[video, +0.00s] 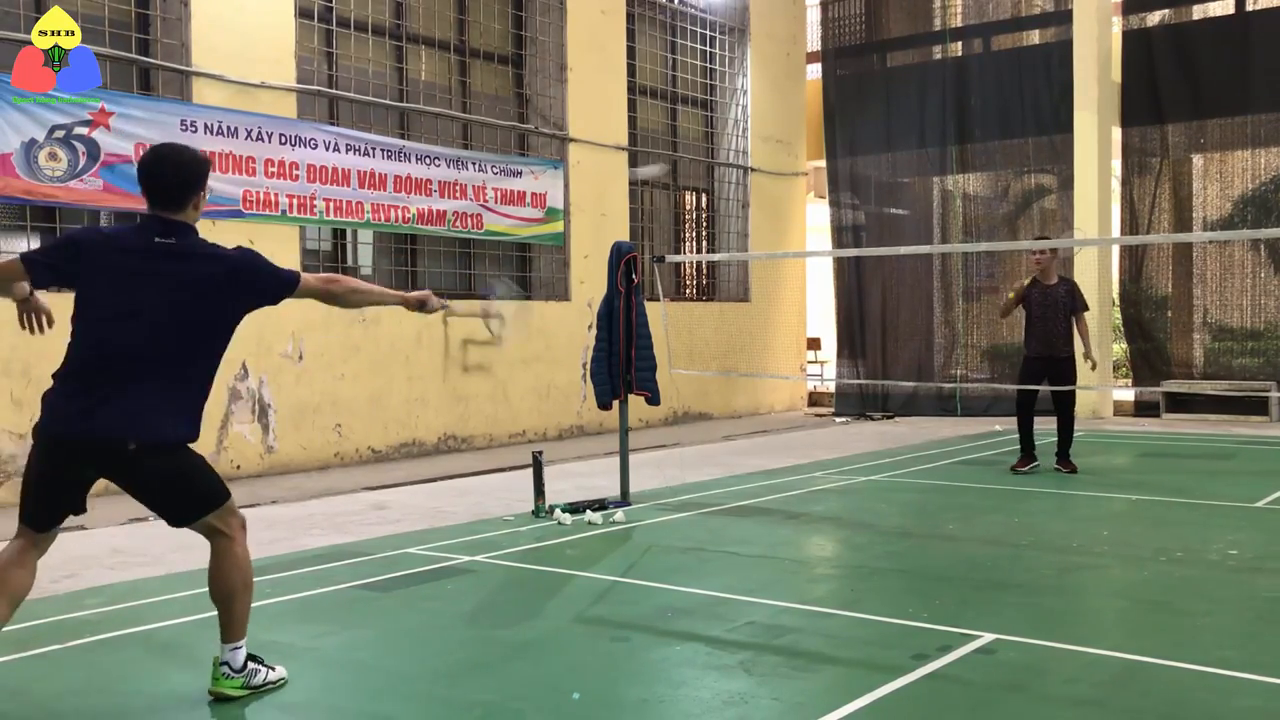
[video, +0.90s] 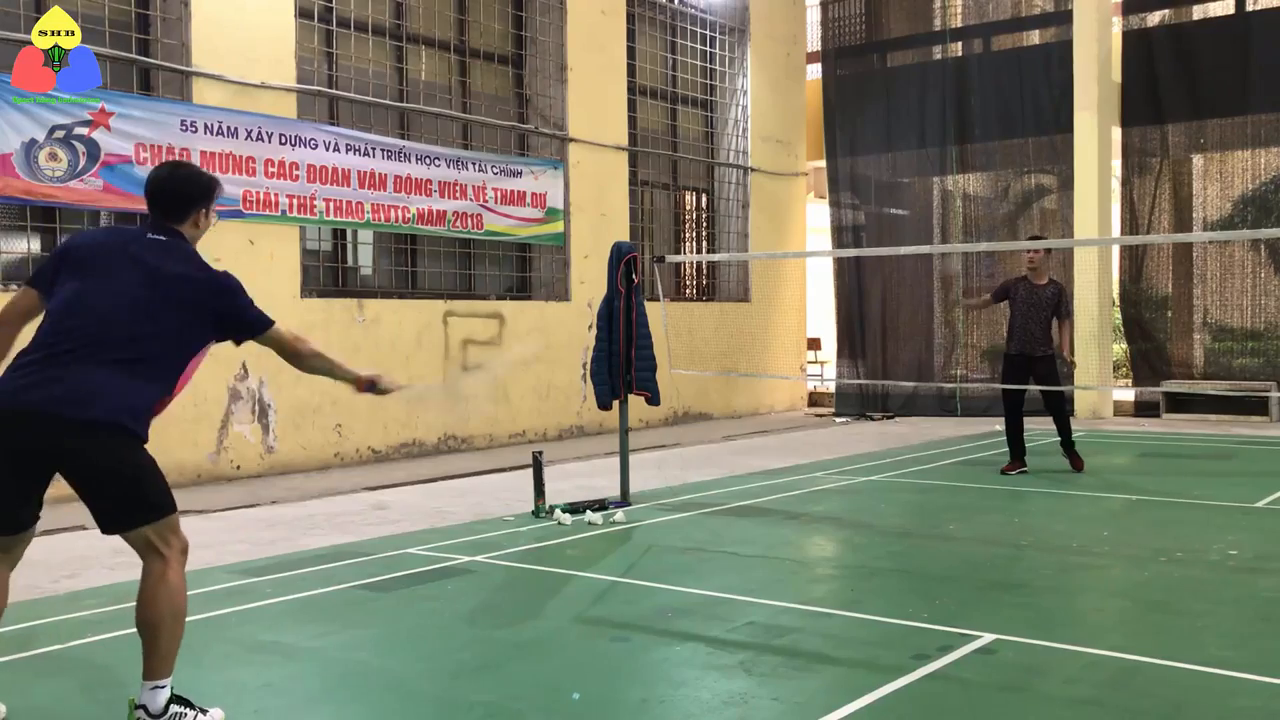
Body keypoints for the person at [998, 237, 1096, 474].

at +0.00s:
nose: (1036, 257)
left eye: (1042, 253)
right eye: (1033, 253)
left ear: (1053, 255)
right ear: (1029, 257)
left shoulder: (1068, 286)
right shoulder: (1027, 287)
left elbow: (1080, 319)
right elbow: (1003, 313)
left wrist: (1088, 350)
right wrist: (1015, 294)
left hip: (1063, 357)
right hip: (1034, 356)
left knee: (1065, 409)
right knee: (1023, 404)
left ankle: (1063, 458)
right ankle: (1027, 455)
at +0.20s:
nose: (1028, 255)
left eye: (1034, 251)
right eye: (1026, 251)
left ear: (1047, 255)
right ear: (1024, 256)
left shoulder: (1062, 285)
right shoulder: (1021, 285)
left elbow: (1073, 317)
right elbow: (994, 296)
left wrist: (1081, 343)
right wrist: (997, 272)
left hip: (1058, 356)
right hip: (1029, 356)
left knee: (1063, 410)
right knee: (1021, 409)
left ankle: (1063, 458)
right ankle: (1018, 459)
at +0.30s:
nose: (1021, 254)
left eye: (1027, 251)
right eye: (1021, 251)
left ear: (1041, 255)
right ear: (1021, 256)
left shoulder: (1057, 285)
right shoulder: (1016, 284)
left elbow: (1069, 317)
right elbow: (988, 285)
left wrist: (1082, 345)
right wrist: (972, 266)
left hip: (1054, 355)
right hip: (1025, 355)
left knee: (1061, 408)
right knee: (1019, 408)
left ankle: (1063, 458)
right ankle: (1018, 459)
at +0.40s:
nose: (1018, 256)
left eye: (1023, 252)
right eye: (1017, 252)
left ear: (1038, 255)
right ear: (1018, 257)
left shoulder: (1053, 285)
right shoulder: (1010, 285)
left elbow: (1067, 318)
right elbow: (980, 285)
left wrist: (1080, 347)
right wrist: (955, 279)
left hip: (1049, 355)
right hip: (1021, 355)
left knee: (1059, 407)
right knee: (1016, 409)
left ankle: (1062, 455)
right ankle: (1018, 459)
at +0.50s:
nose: (1018, 255)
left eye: (1023, 251)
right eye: (1017, 252)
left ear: (1037, 255)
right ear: (1017, 257)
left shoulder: (1052, 286)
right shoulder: (1008, 287)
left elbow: (1065, 321)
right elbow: (983, 308)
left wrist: (1077, 351)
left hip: (1044, 357)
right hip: (1016, 358)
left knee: (1054, 407)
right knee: (1013, 411)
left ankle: (1060, 452)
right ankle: (1017, 459)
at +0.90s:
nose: (1030, 256)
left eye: (1035, 251)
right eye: (1027, 252)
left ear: (1046, 255)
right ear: (1023, 256)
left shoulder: (1057, 289)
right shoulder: (1014, 285)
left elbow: (1064, 321)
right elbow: (986, 300)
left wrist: (1065, 350)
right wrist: (961, 303)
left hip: (1043, 357)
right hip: (1015, 356)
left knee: (1057, 405)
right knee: (1012, 410)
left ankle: (1069, 448)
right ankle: (1017, 460)